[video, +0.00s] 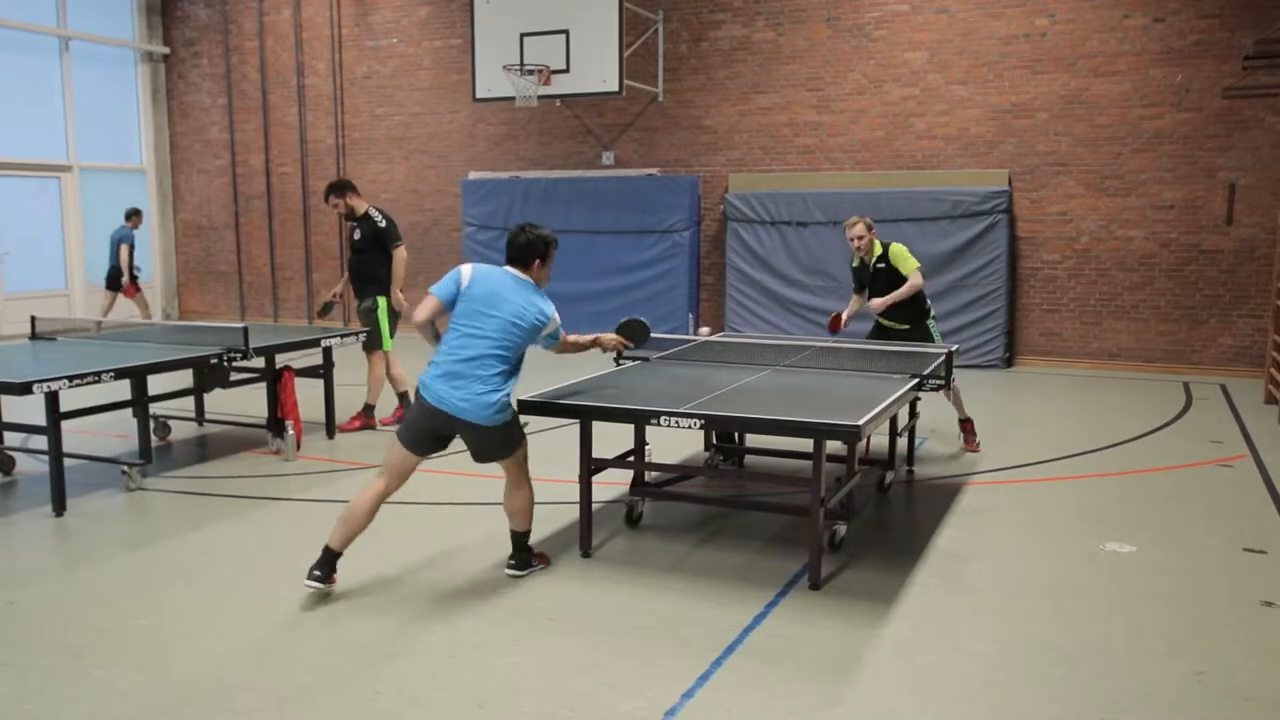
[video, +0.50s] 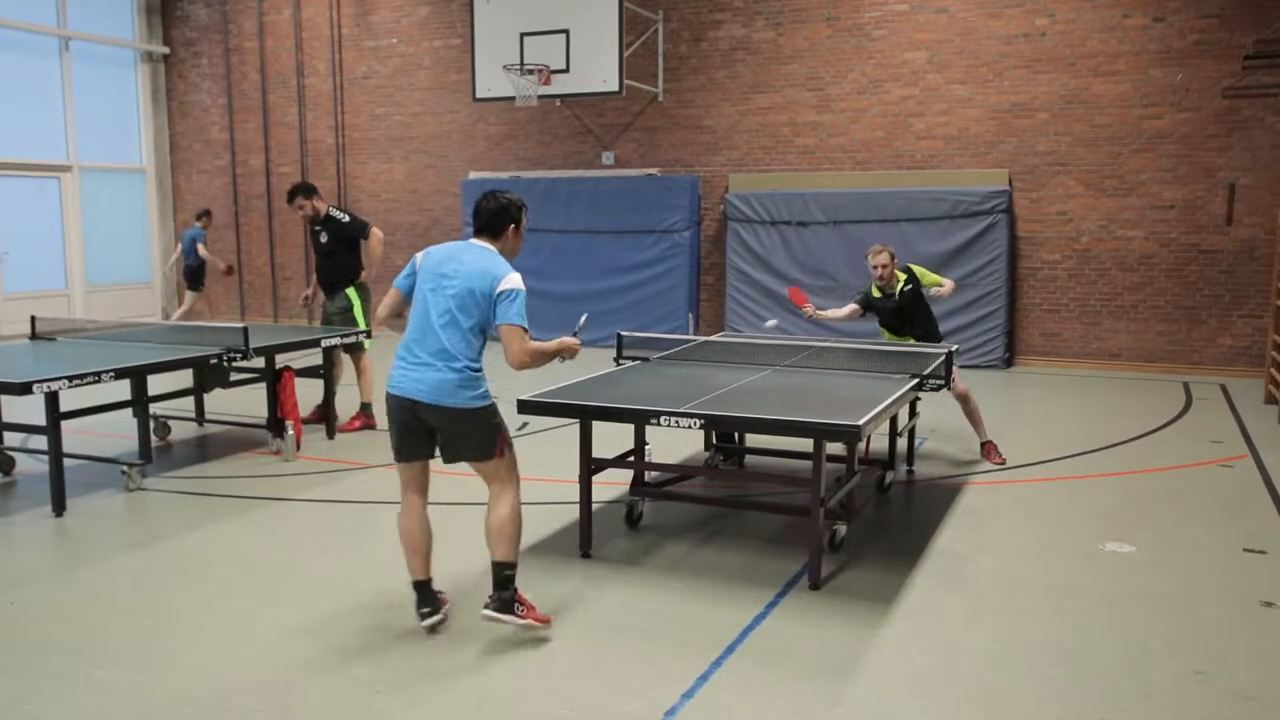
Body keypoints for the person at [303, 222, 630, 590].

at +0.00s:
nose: (552, 269)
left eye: (551, 261)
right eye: (550, 262)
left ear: (512, 256)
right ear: (538, 262)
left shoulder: (468, 274)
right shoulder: (539, 307)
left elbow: (420, 318)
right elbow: (561, 344)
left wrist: (439, 343)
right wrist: (598, 341)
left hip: (434, 400)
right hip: (487, 411)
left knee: (383, 482)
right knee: (517, 478)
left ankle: (325, 563)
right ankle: (521, 555)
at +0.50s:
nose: (523, 238)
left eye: (523, 230)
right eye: (523, 230)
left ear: (477, 226)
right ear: (511, 230)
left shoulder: (428, 256)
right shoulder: (504, 275)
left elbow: (385, 314)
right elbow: (519, 355)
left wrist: (426, 332)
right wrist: (558, 348)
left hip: (402, 392)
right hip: (458, 397)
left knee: (413, 491)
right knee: (503, 483)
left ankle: (424, 598)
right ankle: (504, 594)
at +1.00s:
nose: (382, 267)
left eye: (379, 261)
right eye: (377, 262)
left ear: (327, 266)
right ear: (366, 271)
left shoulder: (296, 294)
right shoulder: (376, 331)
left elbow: (337, 315)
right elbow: (431, 387)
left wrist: (369, 298)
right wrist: (485, 374)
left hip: (264, 451)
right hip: (321, 464)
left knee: (240, 532)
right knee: (392, 544)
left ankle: (169, 620)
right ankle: (377, 657)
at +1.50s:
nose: (389, 277)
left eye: (389, 267)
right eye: (387, 268)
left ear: (340, 266)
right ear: (367, 269)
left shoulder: (300, 297)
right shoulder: (342, 324)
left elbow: (291, 373)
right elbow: (332, 417)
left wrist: (355, 382)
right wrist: (404, 442)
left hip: (251, 449)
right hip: (295, 457)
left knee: (267, 536)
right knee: (374, 548)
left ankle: (196, 635)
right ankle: (363, 683)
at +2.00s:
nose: (486, 266)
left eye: (491, 254)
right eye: (478, 253)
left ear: (450, 243)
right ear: (443, 244)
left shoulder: (424, 272)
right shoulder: (412, 299)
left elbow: (399, 341)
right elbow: (366, 396)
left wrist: (440, 374)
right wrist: (444, 441)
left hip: (334, 425)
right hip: (359, 438)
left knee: (358, 535)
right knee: (424, 546)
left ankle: (319, 653)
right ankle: (414, 691)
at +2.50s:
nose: (539, 368)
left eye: (541, 359)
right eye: (541, 359)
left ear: (499, 345)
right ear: (531, 356)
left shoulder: (454, 352)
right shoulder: (513, 383)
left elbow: (387, 363)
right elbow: (526, 461)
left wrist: (391, 419)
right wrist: (545, 421)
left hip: (374, 446)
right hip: (416, 456)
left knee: (413, 494)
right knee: (506, 520)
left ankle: (378, 579)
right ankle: (502, 639)